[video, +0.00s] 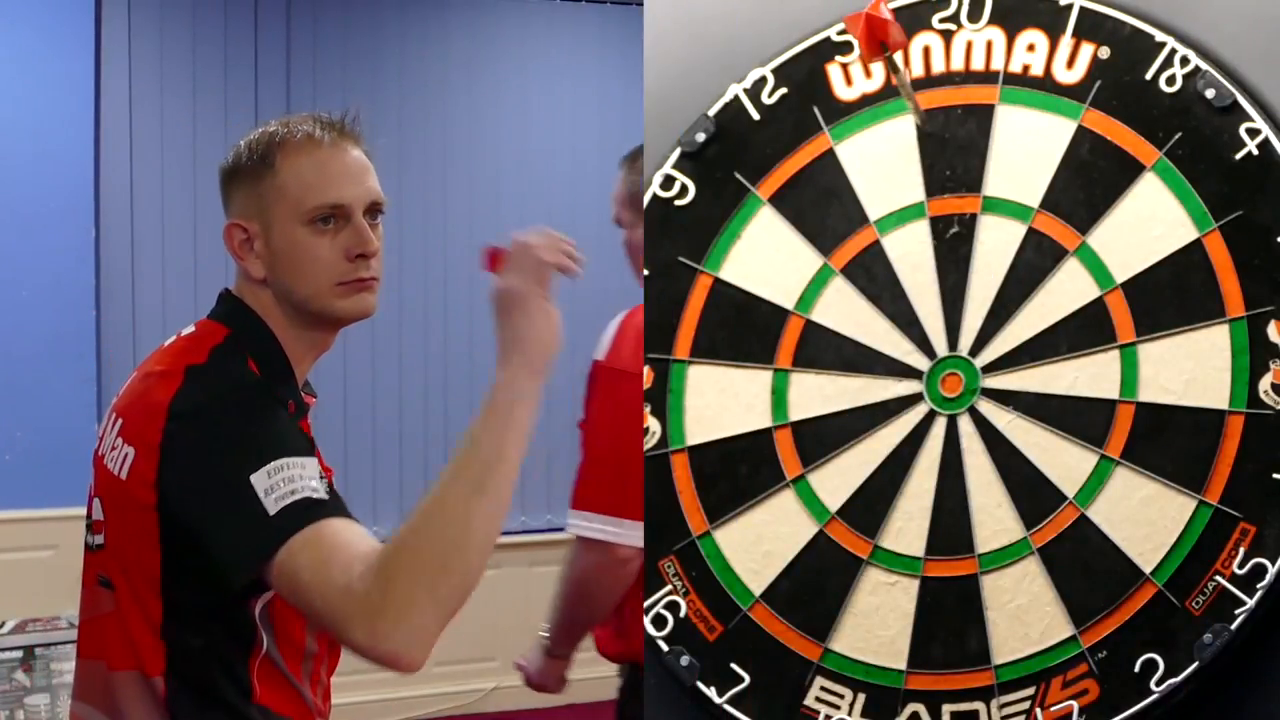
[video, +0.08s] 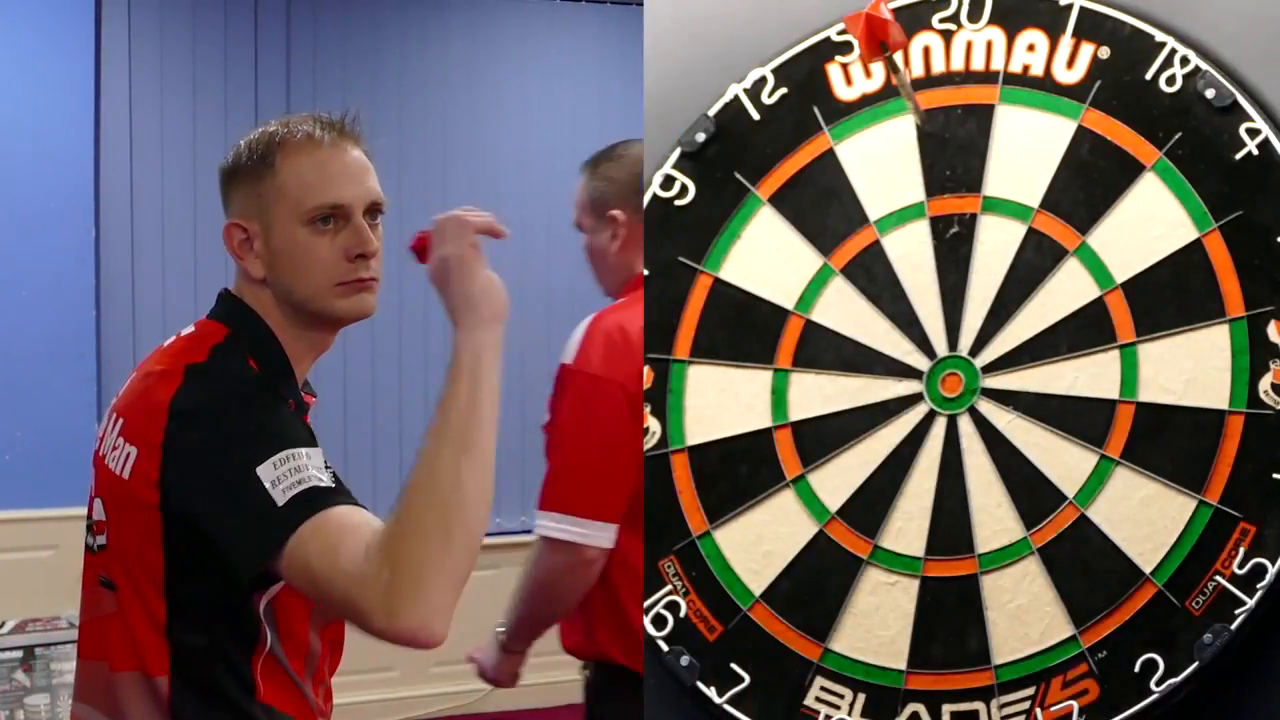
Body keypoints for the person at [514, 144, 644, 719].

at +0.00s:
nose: (624, 243)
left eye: (626, 225)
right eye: (621, 226)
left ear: (662, 223)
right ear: (686, 221)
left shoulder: (639, 335)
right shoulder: (770, 329)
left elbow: (615, 542)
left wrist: (556, 651)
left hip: (665, 665)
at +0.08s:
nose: (583, 246)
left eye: (584, 230)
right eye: (579, 230)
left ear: (619, 228)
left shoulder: (614, 336)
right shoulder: (734, 323)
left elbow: (578, 544)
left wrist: (511, 641)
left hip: (636, 671)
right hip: (730, 655)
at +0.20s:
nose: (543, 258)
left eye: (543, 240)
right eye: (538, 241)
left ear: (580, 237)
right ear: (644, 228)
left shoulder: (582, 343)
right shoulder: (702, 320)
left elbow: (548, 548)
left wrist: (473, 649)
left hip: (608, 672)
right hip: (705, 655)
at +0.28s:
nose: (502, 260)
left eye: (505, 244)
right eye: (500, 244)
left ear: (544, 244)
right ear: (602, 240)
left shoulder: (548, 347)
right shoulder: (657, 328)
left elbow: (518, 550)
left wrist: (447, 662)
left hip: (565, 676)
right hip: (655, 665)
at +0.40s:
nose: (459, 255)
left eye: (464, 238)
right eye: (459, 238)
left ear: (506, 242)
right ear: (559, 239)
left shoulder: (511, 344)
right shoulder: (625, 342)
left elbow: (499, 539)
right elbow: (633, 522)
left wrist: (430, 672)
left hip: (521, 677)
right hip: (604, 671)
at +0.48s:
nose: (418, 250)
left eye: (425, 233)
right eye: (418, 233)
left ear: (468, 237)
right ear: (494, 235)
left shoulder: (481, 336)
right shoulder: (568, 329)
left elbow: (485, 528)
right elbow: (573, 507)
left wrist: (424, 676)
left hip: (495, 669)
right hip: (560, 662)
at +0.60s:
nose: (380, 247)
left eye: (388, 228)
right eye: (380, 229)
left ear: (432, 233)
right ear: (457, 233)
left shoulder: (464, 324)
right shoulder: (511, 310)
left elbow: (477, 517)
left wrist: (427, 675)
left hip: (470, 654)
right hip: (513, 647)